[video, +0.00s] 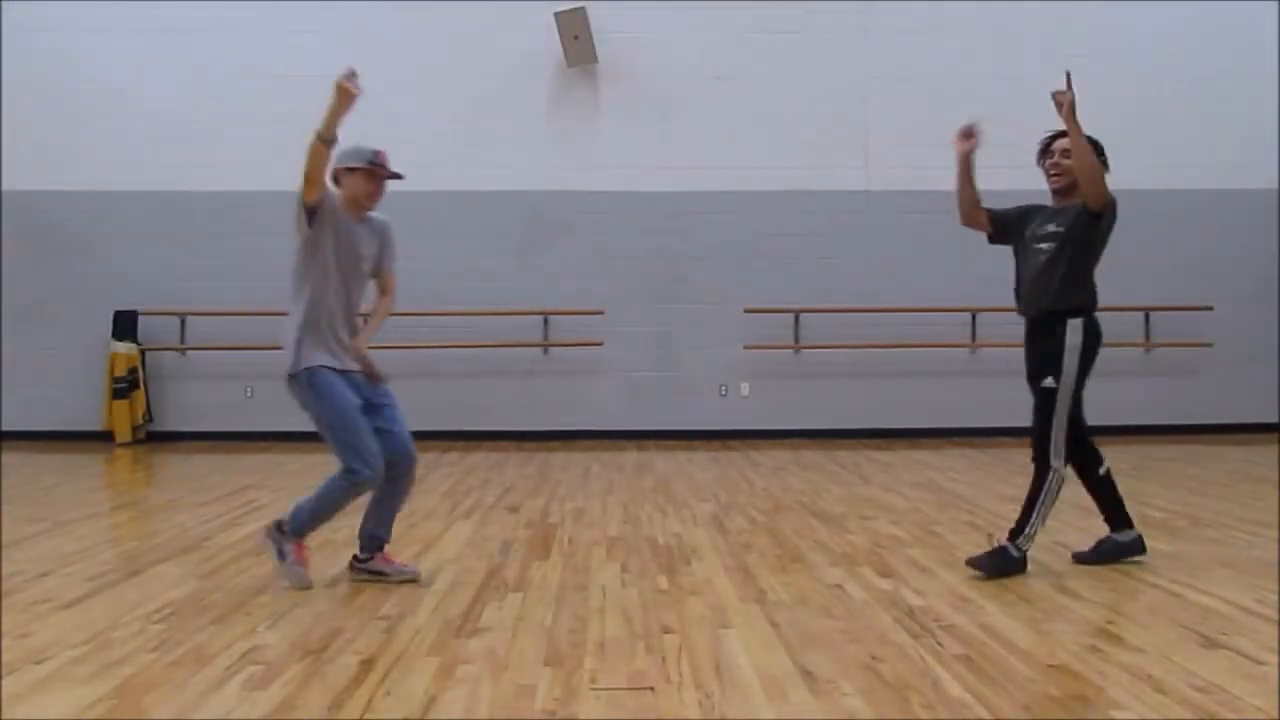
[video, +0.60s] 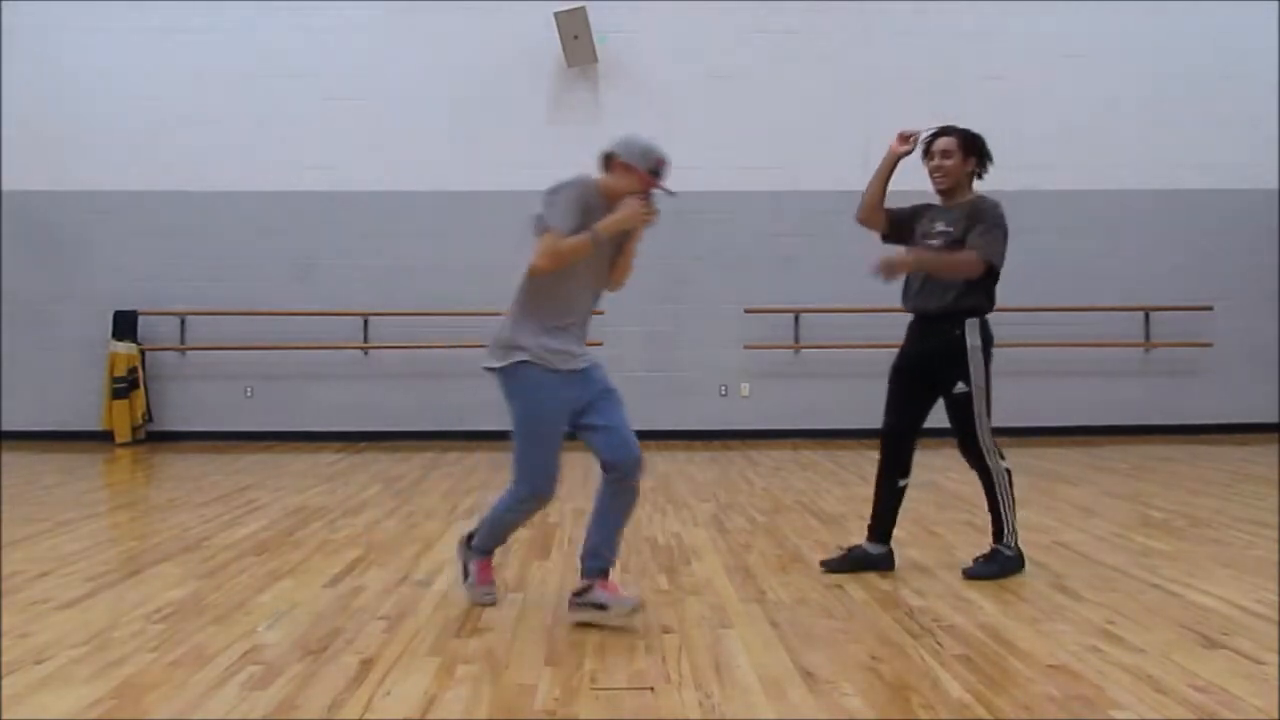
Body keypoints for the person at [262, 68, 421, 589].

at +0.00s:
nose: (378, 185)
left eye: (381, 178)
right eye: (369, 175)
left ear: (380, 185)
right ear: (342, 178)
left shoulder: (378, 232)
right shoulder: (321, 218)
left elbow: (386, 294)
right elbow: (314, 172)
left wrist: (363, 338)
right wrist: (336, 113)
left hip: (354, 361)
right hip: (313, 361)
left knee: (401, 460)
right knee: (365, 467)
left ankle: (369, 554)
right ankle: (288, 532)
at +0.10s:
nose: (414, 187)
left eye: (418, 180)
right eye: (405, 178)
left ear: (421, 188)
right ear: (380, 181)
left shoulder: (419, 232)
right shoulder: (353, 215)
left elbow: (436, 296)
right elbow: (320, 183)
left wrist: (414, 339)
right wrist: (361, 139)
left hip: (392, 366)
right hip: (347, 360)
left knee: (430, 468)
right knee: (402, 463)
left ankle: (378, 549)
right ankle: (354, 548)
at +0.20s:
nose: (455, 177)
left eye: (459, 169)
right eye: (447, 167)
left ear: (459, 173)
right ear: (419, 164)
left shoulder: (458, 212)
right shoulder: (384, 205)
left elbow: (480, 272)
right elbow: (327, 197)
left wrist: (457, 298)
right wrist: (393, 190)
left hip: (427, 357)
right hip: (381, 350)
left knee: (439, 466)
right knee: (427, 459)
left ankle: (375, 547)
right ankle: (427, 562)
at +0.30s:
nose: (486, 174)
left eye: (492, 167)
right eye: (481, 163)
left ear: (492, 166)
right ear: (452, 153)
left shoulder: (493, 196)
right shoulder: (415, 185)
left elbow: (519, 259)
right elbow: (370, 231)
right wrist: (439, 218)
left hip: (467, 346)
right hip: (417, 344)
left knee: (469, 461)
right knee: (459, 458)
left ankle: (404, 526)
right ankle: (460, 563)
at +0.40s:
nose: (529, 187)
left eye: (533, 180)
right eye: (523, 178)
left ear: (528, 178)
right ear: (493, 168)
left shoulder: (525, 202)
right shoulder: (456, 201)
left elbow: (542, 265)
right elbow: (430, 268)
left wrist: (537, 230)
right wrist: (493, 234)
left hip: (506, 355)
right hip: (455, 356)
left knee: (523, 469)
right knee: (487, 474)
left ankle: (464, 527)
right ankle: (466, 565)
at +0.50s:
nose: (584, 188)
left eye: (587, 181)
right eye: (579, 178)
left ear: (578, 178)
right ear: (549, 168)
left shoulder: (569, 209)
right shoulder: (513, 200)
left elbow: (574, 273)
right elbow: (488, 271)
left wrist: (580, 227)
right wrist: (549, 231)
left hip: (538, 357)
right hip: (485, 356)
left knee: (583, 456)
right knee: (502, 486)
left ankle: (540, 557)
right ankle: (467, 568)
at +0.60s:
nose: (648, 192)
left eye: (652, 185)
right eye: (646, 180)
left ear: (639, 182)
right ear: (619, 168)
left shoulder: (617, 214)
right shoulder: (573, 194)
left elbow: (614, 281)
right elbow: (543, 259)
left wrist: (630, 232)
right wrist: (609, 227)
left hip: (575, 361)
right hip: (528, 360)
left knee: (625, 464)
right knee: (536, 487)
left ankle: (593, 584)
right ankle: (477, 549)